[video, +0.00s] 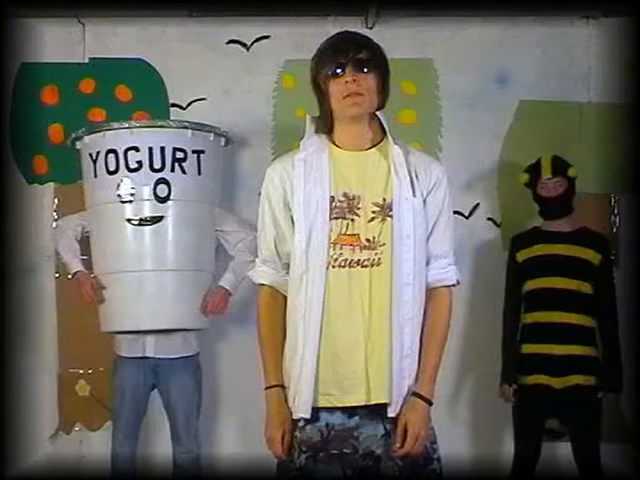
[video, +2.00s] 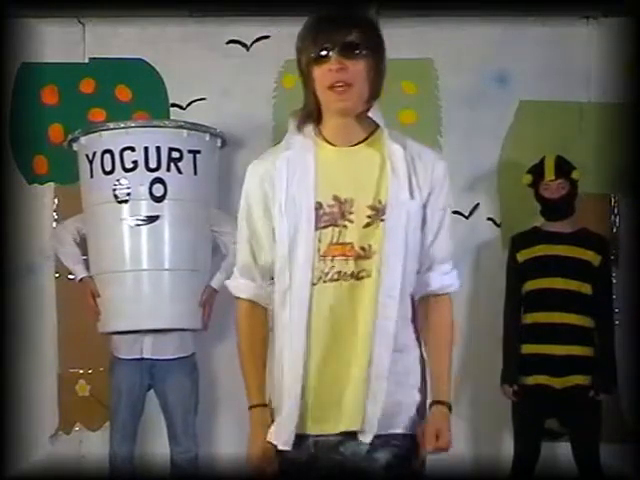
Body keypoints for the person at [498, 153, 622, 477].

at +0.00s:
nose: (549, 191)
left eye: (556, 183)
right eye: (542, 185)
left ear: (571, 187)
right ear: (533, 193)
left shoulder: (596, 245)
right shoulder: (521, 245)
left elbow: (607, 314)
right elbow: (511, 312)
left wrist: (612, 374)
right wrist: (507, 372)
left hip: (581, 373)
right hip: (532, 374)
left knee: (588, 462)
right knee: (524, 461)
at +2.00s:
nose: (553, 192)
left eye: (560, 185)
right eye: (545, 186)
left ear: (573, 187)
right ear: (536, 193)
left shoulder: (596, 245)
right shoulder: (521, 244)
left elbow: (604, 315)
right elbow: (512, 312)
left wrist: (606, 372)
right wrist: (509, 368)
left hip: (580, 375)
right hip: (531, 375)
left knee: (588, 462)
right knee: (524, 461)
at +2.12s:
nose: (553, 192)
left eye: (560, 185)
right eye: (545, 186)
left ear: (573, 188)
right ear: (536, 193)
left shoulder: (596, 245)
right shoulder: (521, 244)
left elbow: (604, 315)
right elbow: (512, 312)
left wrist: (606, 372)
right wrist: (509, 368)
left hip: (580, 376)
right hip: (531, 375)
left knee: (588, 463)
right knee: (524, 461)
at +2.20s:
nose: (553, 193)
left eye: (560, 185)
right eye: (545, 186)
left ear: (573, 188)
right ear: (536, 193)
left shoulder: (596, 245)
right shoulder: (521, 244)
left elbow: (604, 315)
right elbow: (512, 312)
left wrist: (606, 373)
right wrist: (509, 369)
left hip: (580, 376)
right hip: (531, 375)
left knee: (588, 462)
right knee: (524, 460)